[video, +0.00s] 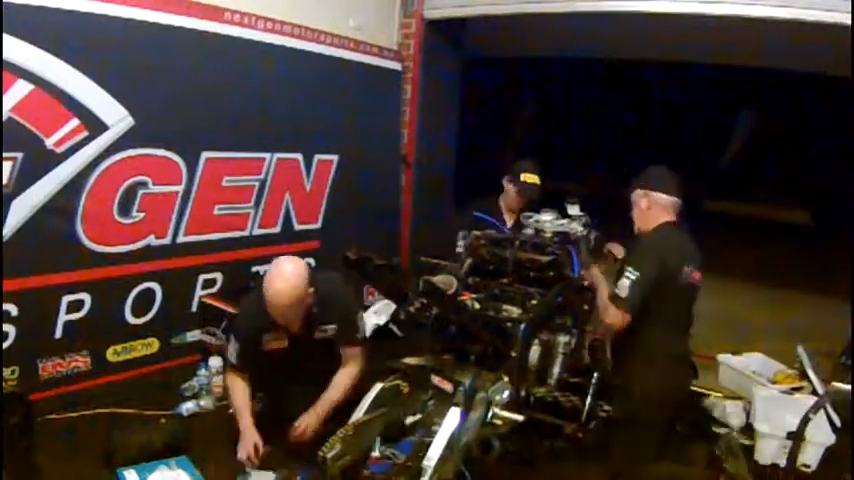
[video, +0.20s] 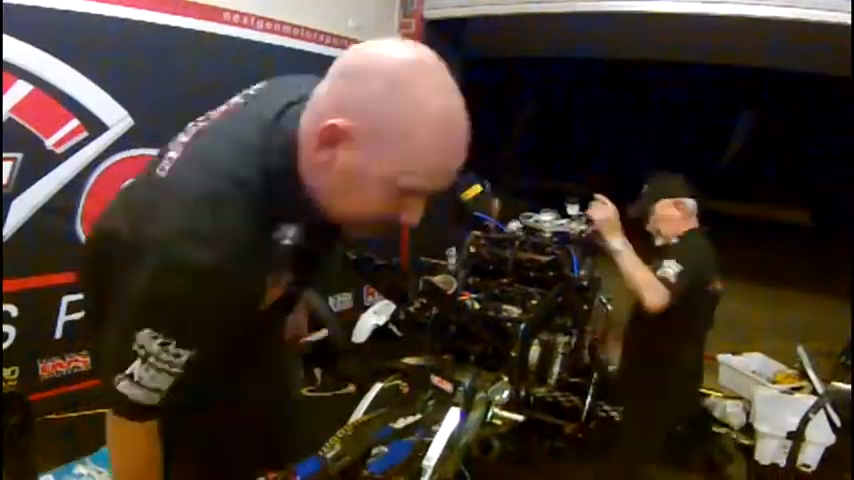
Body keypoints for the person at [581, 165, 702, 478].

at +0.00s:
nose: (631, 215)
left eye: (634, 205)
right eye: (632, 206)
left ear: (646, 202)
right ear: (672, 206)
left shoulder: (650, 248)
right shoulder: (686, 246)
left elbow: (615, 318)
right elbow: (662, 299)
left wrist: (599, 281)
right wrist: (626, 260)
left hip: (642, 379)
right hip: (675, 375)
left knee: (627, 463)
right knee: (653, 460)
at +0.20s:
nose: (648, 222)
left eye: (653, 212)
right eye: (649, 214)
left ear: (678, 210)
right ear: (678, 211)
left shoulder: (691, 251)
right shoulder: (683, 249)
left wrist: (615, 237)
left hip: (659, 396)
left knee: (639, 469)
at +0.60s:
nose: (614, 298)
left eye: (612, 290)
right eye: (612, 291)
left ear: (621, 280)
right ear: (643, 270)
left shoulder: (631, 306)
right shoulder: (671, 284)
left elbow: (605, 385)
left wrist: (581, 454)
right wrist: (651, 403)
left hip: (694, 402)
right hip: (723, 392)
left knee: (648, 465)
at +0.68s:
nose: (651, 205)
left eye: (657, 197)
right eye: (653, 197)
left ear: (678, 202)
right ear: (682, 203)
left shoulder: (668, 250)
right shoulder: (694, 247)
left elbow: (624, 318)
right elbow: (662, 302)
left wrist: (610, 276)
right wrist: (624, 269)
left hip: (640, 384)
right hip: (665, 380)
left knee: (615, 464)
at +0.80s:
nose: (629, 244)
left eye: (632, 240)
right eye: (627, 238)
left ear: (650, 246)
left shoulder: (655, 285)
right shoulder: (694, 247)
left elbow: (609, 329)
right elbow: (652, 259)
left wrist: (595, 271)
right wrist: (623, 247)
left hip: (641, 386)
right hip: (673, 374)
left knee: (616, 457)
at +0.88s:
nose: (642, 271)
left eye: (640, 264)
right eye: (640, 266)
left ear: (646, 256)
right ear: (671, 250)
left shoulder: (667, 272)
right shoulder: (691, 273)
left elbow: (626, 314)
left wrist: (608, 272)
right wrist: (611, 269)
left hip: (700, 403)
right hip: (729, 400)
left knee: (660, 468)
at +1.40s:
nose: (681, 207)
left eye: (687, 200)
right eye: (685, 199)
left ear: (703, 211)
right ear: (716, 214)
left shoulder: (696, 263)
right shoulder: (723, 260)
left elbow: (615, 283)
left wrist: (581, 243)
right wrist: (626, 270)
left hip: (670, 400)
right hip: (693, 396)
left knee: (657, 470)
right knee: (674, 469)